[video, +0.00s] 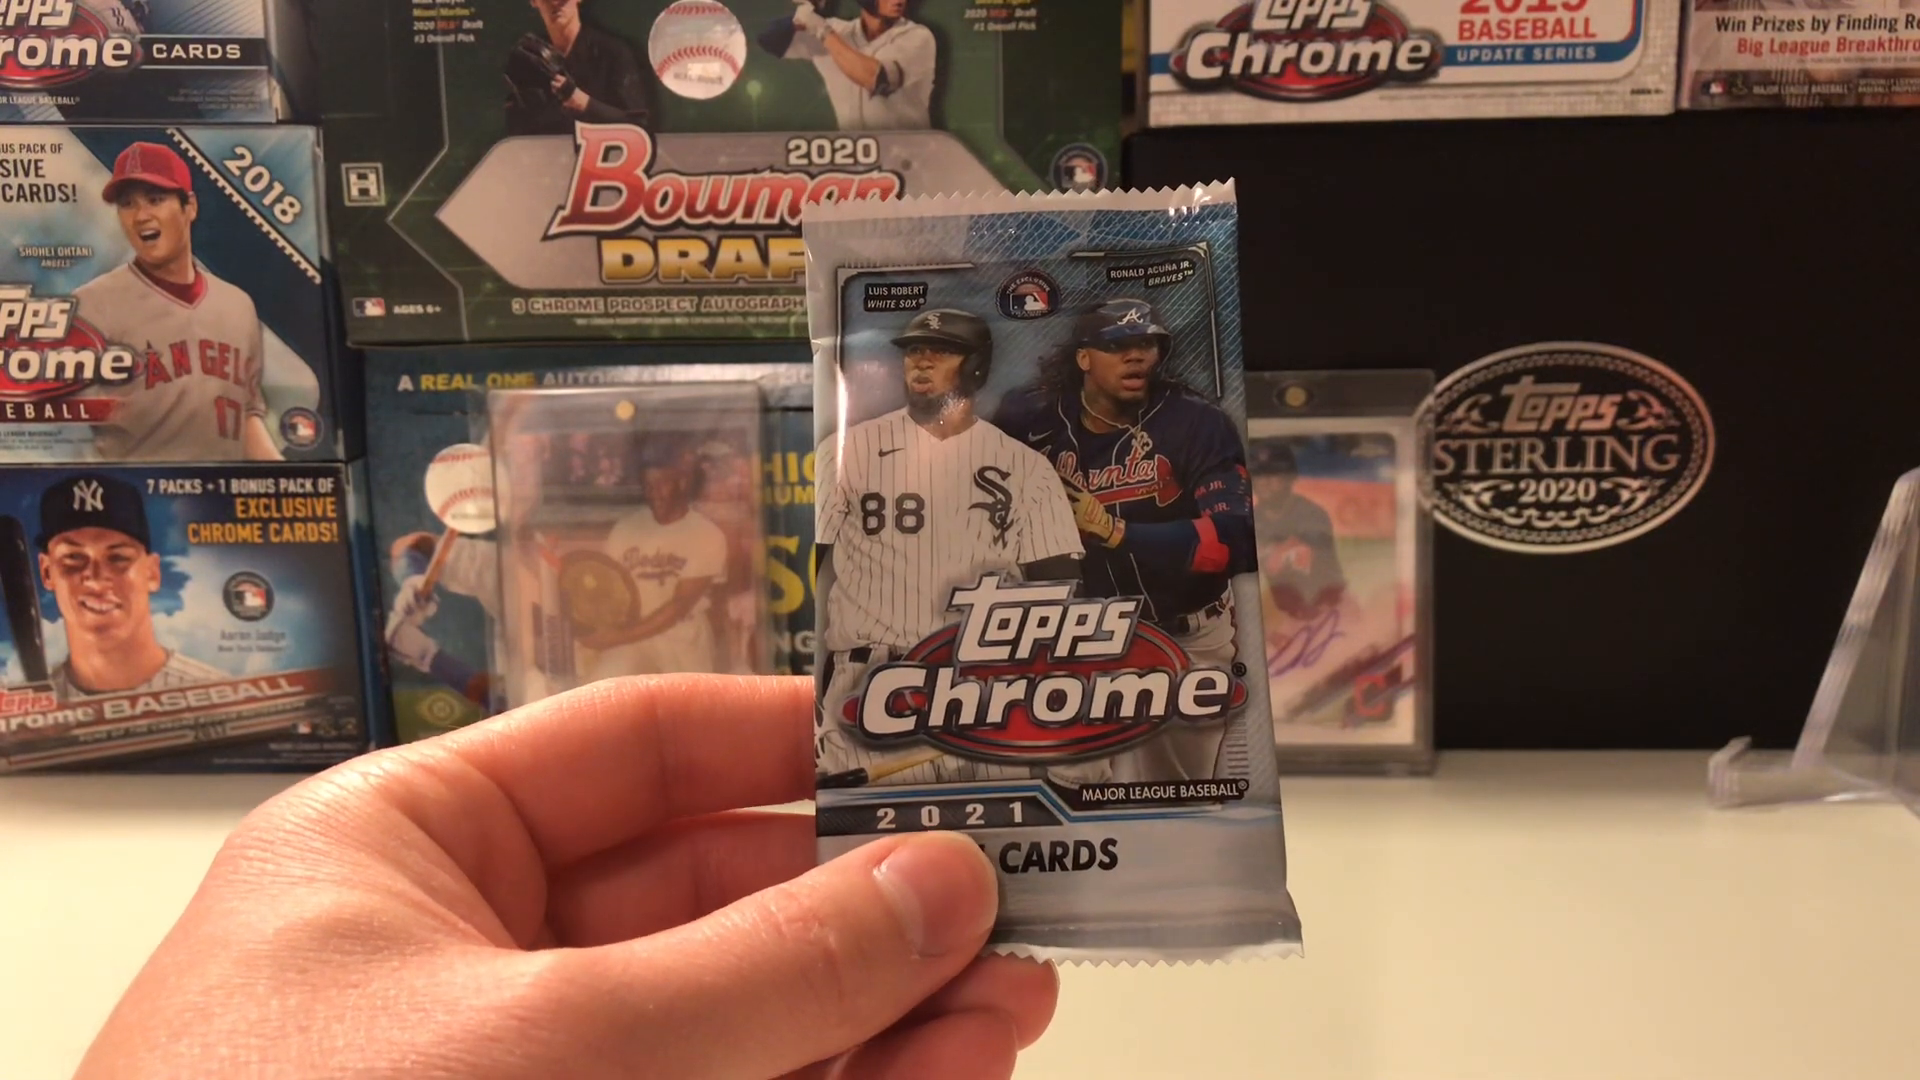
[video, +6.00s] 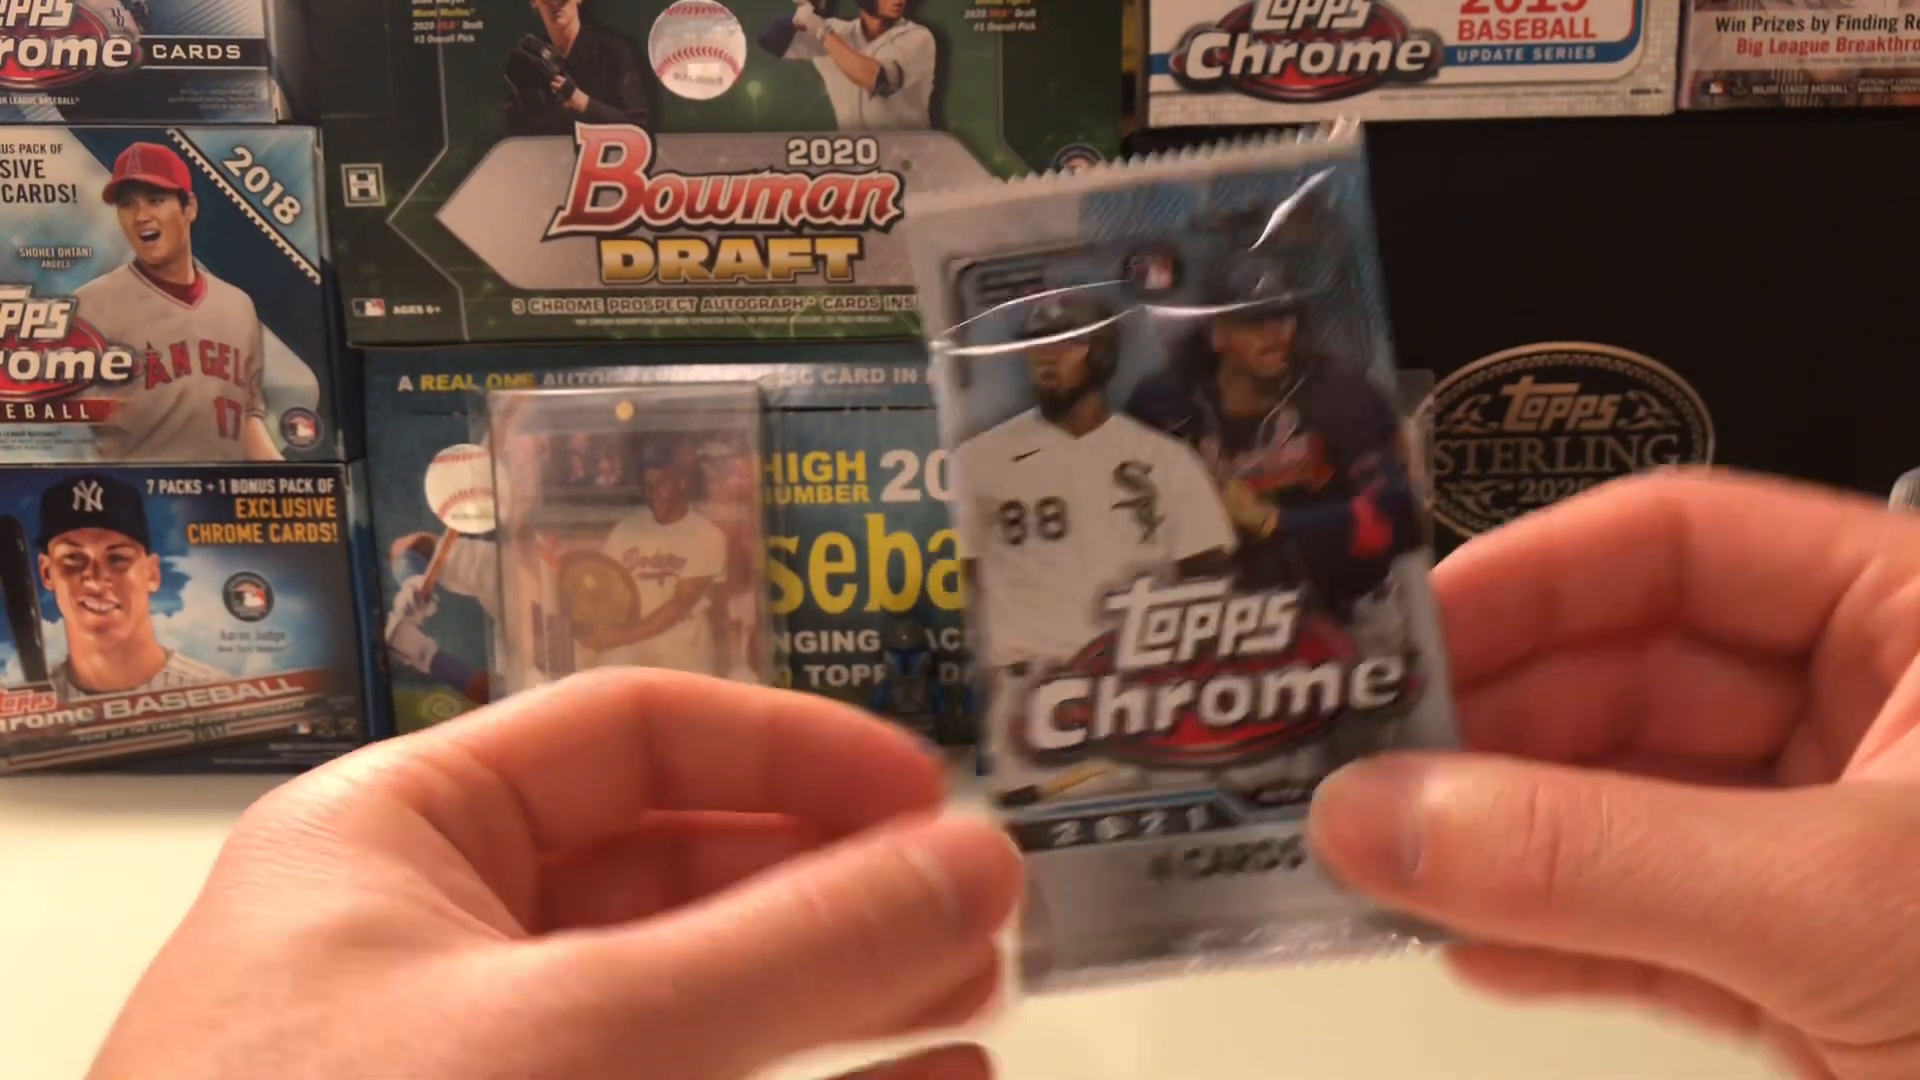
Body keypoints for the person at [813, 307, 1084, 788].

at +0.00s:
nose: (921, 363)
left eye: (938, 351)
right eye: (913, 350)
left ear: (973, 366)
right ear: (902, 361)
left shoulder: (1026, 470)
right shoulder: (848, 453)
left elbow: (1056, 592)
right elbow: (813, 577)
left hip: (980, 699)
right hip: (861, 696)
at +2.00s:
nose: (910, 365)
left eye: (927, 354)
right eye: (903, 353)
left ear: (963, 369)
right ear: (893, 363)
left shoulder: (1015, 470)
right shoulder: (837, 454)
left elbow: (1047, 590)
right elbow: (794, 570)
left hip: (971, 694)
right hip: (853, 691)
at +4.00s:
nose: (968, 373)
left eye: (986, 363)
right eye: (961, 362)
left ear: (1020, 378)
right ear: (951, 372)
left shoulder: (1076, 481)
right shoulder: (892, 465)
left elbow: (1110, 603)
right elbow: (849, 586)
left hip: (1033, 710)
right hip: (912, 709)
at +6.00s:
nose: (1044, 357)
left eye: (1063, 343)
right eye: (1035, 345)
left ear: (1102, 353)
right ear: (1023, 355)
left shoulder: (1168, 462)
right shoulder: (980, 462)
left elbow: (1210, 591)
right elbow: (972, 593)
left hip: (1142, 732)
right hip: (1022, 738)